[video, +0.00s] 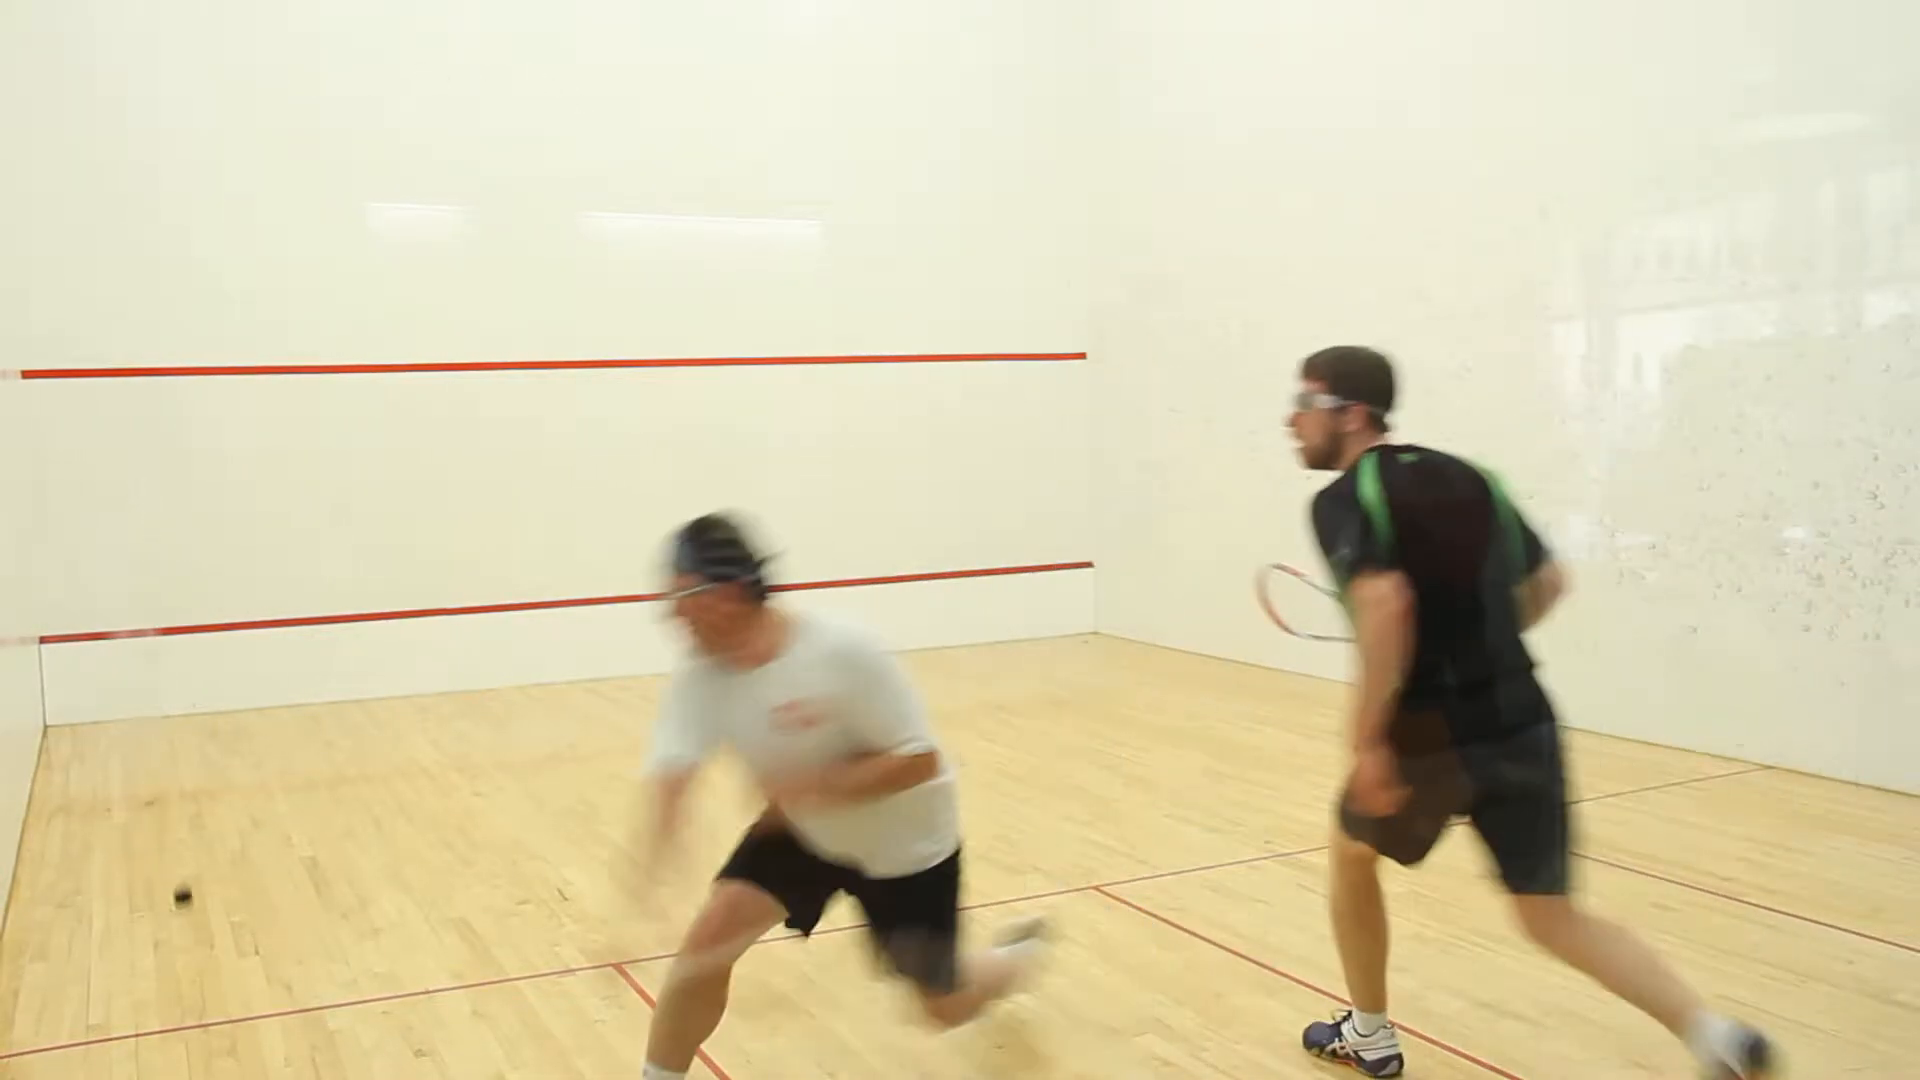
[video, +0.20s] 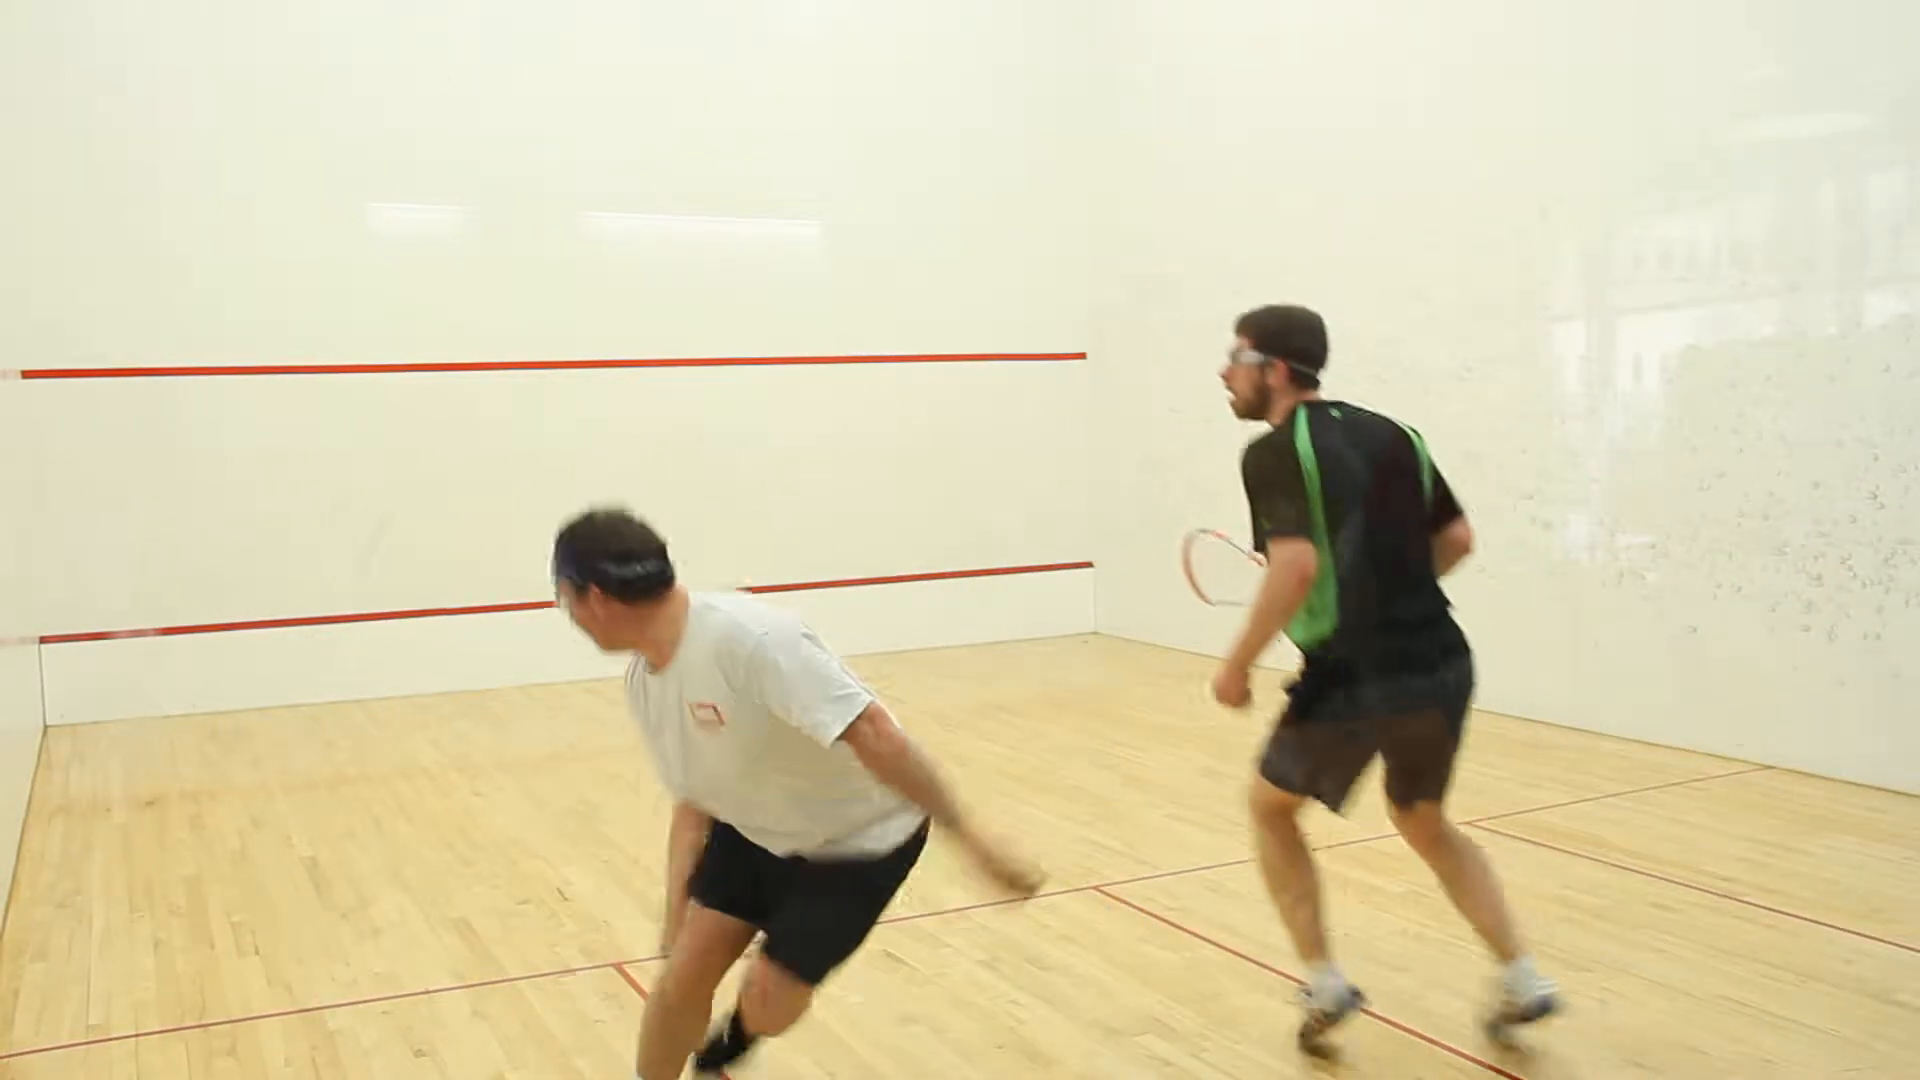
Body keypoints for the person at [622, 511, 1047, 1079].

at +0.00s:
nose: (683, 622)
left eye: (691, 605)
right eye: (678, 606)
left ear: (734, 593)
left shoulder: (846, 651)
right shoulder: (704, 676)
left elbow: (920, 760)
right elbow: (669, 778)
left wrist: (818, 787)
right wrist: (655, 860)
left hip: (907, 843)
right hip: (802, 832)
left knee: (946, 1004)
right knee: (708, 943)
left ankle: (1025, 952)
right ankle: (661, 1074)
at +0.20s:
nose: (564, 613)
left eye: (564, 596)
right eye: (561, 597)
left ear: (596, 598)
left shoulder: (758, 643)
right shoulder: (643, 681)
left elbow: (877, 736)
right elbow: (694, 808)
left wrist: (978, 845)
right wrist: (674, 931)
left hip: (859, 837)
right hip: (753, 825)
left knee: (771, 993)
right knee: (681, 980)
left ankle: (737, 1038)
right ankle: (655, 1077)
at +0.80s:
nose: (889, 409)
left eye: (889, 396)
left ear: (894, 408)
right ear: (978, 402)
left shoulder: (918, 504)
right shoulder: (1013, 488)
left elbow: (899, 653)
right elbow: (1044, 644)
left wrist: (831, 797)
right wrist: (963, 757)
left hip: (1024, 783)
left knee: (927, 1001)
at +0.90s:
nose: (972, 418)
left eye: (970, 408)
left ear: (970, 419)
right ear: (1048, 412)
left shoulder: (969, 514)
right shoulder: (1097, 502)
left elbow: (912, 656)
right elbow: (1114, 643)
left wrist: (849, 782)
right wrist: (1022, 773)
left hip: (1053, 794)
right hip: (1157, 788)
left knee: (1004, 1006)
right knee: (1053, 944)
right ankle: (1121, 1063)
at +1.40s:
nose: (1227, 455)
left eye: (1231, 446)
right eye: (1234, 445)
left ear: (1240, 455)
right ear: (1303, 459)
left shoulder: (1208, 538)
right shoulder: (1343, 542)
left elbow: (1137, 645)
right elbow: (1384, 655)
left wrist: (1118, 682)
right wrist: (1322, 697)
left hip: (1223, 781)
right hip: (1328, 780)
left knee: (1153, 945)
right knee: (1289, 852)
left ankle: (1145, 1070)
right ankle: (1342, 1018)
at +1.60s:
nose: (1312, 429)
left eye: (1315, 419)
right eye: (1320, 420)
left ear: (1324, 426)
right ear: (1386, 438)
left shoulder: (1274, 493)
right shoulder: (1413, 519)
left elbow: (1189, 578)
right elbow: (1463, 631)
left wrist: (1199, 650)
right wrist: (1427, 693)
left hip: (1282, 717)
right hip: (1379, 722)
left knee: (1258, 866)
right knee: (1340, 829)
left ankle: (1333, 1011)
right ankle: (1353, 976)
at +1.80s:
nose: (1365, 418)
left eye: (1366, 408)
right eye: (1381, 410)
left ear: (1370, 412)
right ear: (1429, 419)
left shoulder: (1325, 479)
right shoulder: (1462, 489)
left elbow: (1269, 560)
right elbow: (1517, 590)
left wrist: (1312, 591)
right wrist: (1505, 661)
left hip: (1335, 681)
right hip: (1424, 684)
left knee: (1334, 821)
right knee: (1411, 812)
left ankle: (1330, 938)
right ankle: (1396, 960)